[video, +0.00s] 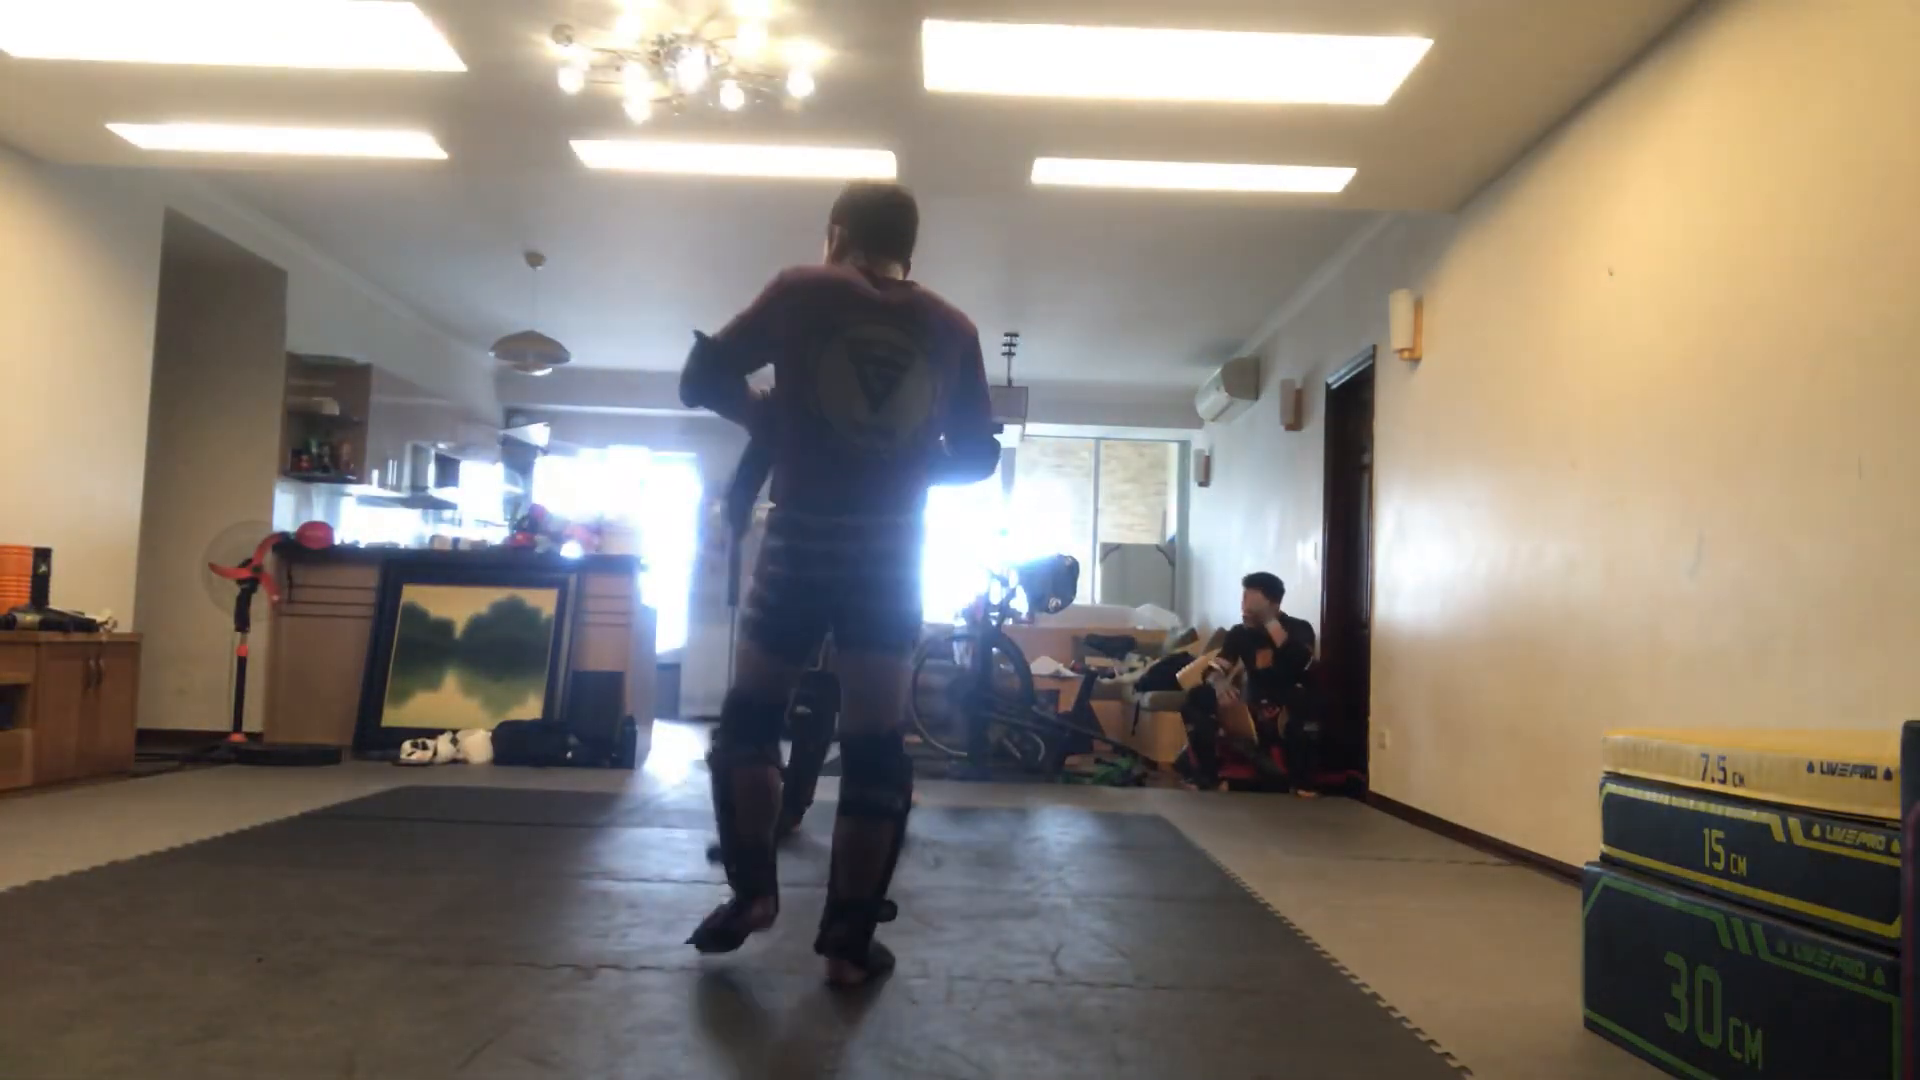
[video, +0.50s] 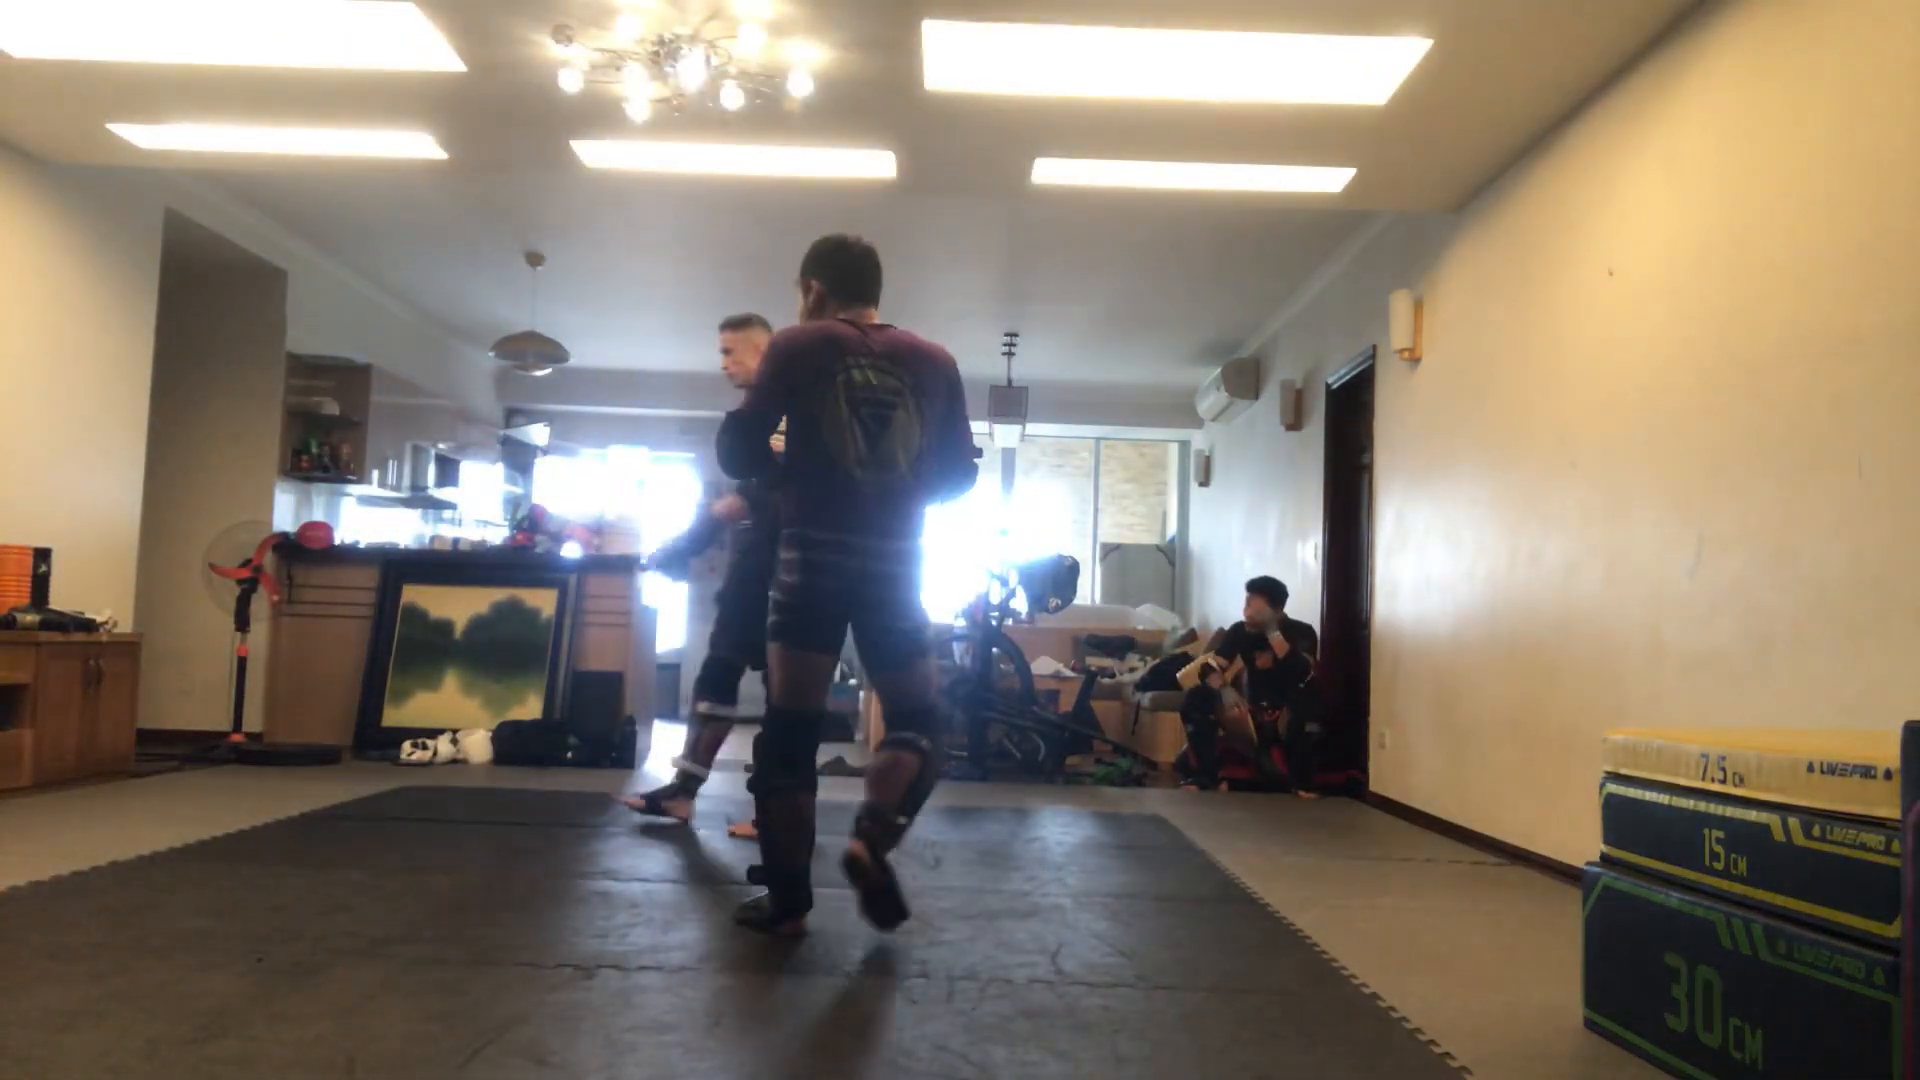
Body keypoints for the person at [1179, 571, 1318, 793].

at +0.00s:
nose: (1244, 607)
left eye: (1250, 600)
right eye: (1244, 599)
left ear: (1271, 602)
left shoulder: (1299, 629)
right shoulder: (1239, 634)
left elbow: (1299, 664)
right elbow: (1216, 668)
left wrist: (1270, 621)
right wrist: (1218, 680)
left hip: (1287, 710)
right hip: (1247, 710)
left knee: (1302, 697)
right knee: (1198, 697)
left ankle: (1300, 782)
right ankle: (1207, 778)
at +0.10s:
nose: (1242, 610)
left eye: (1249, 603)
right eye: (1242, 602)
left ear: (1271, 606)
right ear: (1241, 602)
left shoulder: (1298, 630)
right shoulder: (1238, 633)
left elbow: (1299, 669)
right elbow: (1213, 669)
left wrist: (1269, 625)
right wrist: (1218, 683)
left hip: (1286, 717)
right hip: (1247, 717)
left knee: (1306, 700)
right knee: (1197, 698)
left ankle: (1302, 782)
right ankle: (1206, 777)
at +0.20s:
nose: (1242, 611)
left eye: (1247, 604)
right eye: (1242, 604)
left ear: (1268, 606)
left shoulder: (1298, 632)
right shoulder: (1238, 632)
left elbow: (1301, 673)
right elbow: (1212, 669)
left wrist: (1270, 631)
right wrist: (1220, 685)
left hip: (1286, 716)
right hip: (1247, 716)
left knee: (1306, 699)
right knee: (1197, 697)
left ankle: (1302, 782)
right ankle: (1207, 777)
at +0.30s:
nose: (1245, 612)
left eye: (1252, 606)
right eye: (1244, 605)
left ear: (1275, 611)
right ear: (1243, 604)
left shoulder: (1298, 633)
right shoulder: (1238, 632)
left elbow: (1301, 675)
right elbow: (1212, 668)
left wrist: (1268, 633)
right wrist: (1222, 688)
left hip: (1286, 716)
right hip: (1247, 717)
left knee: (1304, 694)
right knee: (1197, 697)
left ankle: (1301, 781)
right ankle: (1206, 777)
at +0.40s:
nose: (1245, 612)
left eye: (1251, 606)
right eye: (1245, 604)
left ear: (1274, 609)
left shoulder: (1300, 632)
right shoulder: (1238, 631)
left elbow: (1301, 674)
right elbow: (1213, 668)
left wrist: (1271, 631)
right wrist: (1222, 690)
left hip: (1288, 716)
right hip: (1248, 716)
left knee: (1304, 699)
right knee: (1197, 698)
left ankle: (1302, 783)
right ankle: (1206, 777)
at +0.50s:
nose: (1245, 610)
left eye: (1252, 603)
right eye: (1246, 602)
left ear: (1273, 607)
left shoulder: (1301, 632)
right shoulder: (1239, 631)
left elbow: (1303, 675)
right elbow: (1211, 667)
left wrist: (1273, 633)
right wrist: (1225, 689)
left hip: (1288, 717)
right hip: (1249, 716)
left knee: (1305, 699)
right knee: (1196, 698)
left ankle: (1302, 783)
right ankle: (1206, 777)